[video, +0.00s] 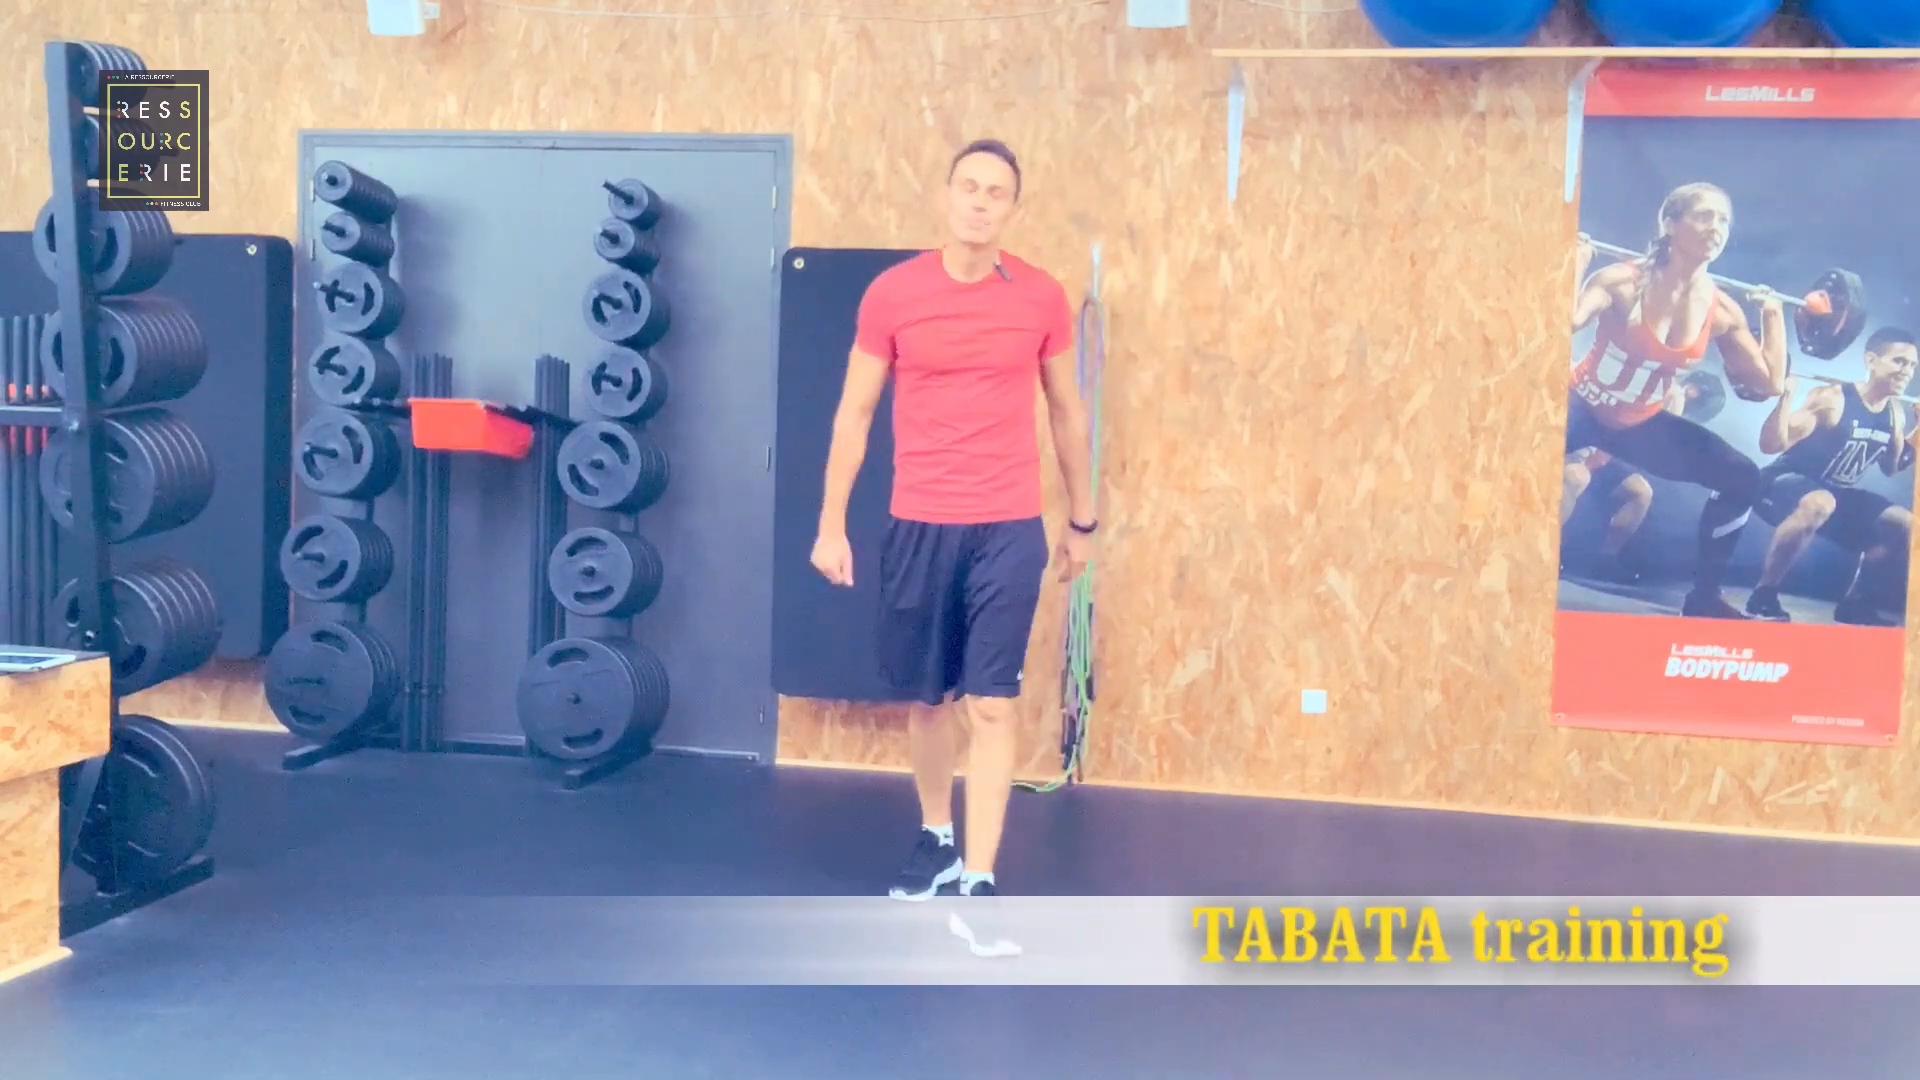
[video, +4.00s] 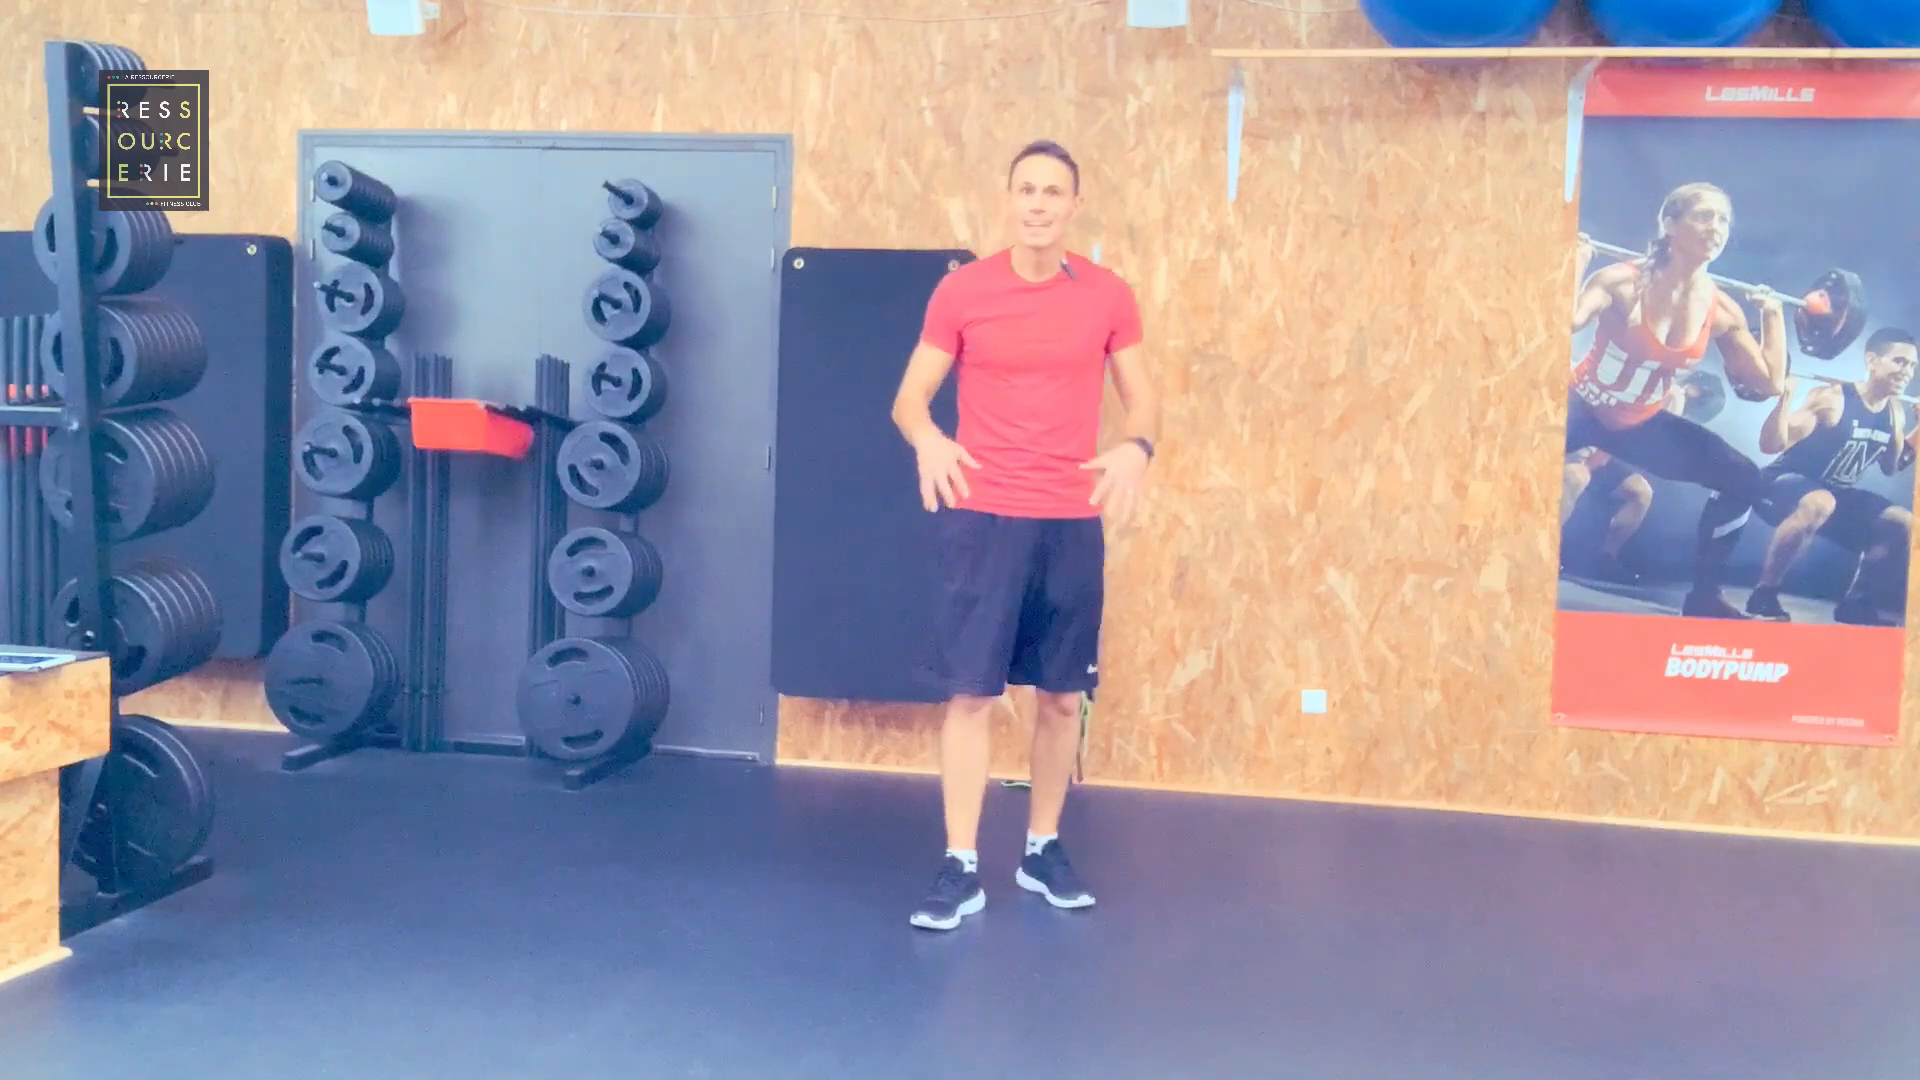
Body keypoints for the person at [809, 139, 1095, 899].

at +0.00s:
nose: (979, 202)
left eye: (995, 193)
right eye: (969, 187)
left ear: (1013, 211)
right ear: (943, 196)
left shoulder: (1043, 300)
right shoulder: (892, 293)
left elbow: (1065, 408)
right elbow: (853, 413)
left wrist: (1081, 515)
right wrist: (830, 525)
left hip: (1010, 530)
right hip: (918, 529)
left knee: (990, 704)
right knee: (927, 701)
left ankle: (978, 883)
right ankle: (937, 840)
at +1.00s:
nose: (1015, 175)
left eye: (1031, 164)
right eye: (1003, 161)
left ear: (1054, 184)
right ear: (977, 175)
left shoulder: (1084, 286)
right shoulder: (927, 277)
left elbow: (1105, 420)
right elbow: (883, 411)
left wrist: (1121, 534)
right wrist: (860, 533)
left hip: (1046, 537)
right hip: (946, 534)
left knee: (1016, 731)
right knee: (948, 732)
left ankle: (972, 890)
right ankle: (941, 924)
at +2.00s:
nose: (992, 166)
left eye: (1009, 153)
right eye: (978, 151)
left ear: (1036, 168)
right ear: (954, 163)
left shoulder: (1075, 267)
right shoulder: (911, 271)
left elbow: (1113, 395)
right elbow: (858, 408)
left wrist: (1093, 420)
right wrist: (915, 431)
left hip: (1051, 529)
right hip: (947, 530)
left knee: (1061, 736)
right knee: (944, 736)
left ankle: (1071, 902)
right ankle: (946, 929)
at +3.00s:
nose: (1074, 189)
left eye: (1090, 177)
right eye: (1062, 173)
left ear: (1111, 193)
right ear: (1040, 182)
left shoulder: (1140, 290)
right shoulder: (983, 281)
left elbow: (1165, 407)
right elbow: (923, 402)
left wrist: (1156, 497)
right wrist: (953, 490)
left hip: (1103, 530)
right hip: (1003, 529)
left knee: (1085, 725)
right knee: (968, 724)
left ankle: (1066, 908)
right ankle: (959, 851)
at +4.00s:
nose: (1038, 204)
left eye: (1053, 192)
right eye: (1026, 190)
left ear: (1075, 207)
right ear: (1006, 202)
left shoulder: (1106, 294)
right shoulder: (963, 291)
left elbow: (1141, 408)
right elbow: (910, 400)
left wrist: (1135, 447)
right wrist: (928, 438)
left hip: (1071, 522)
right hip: (982, 519)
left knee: (1060, 695)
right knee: (971, 694)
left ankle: (1042, 851)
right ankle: (959, 866)